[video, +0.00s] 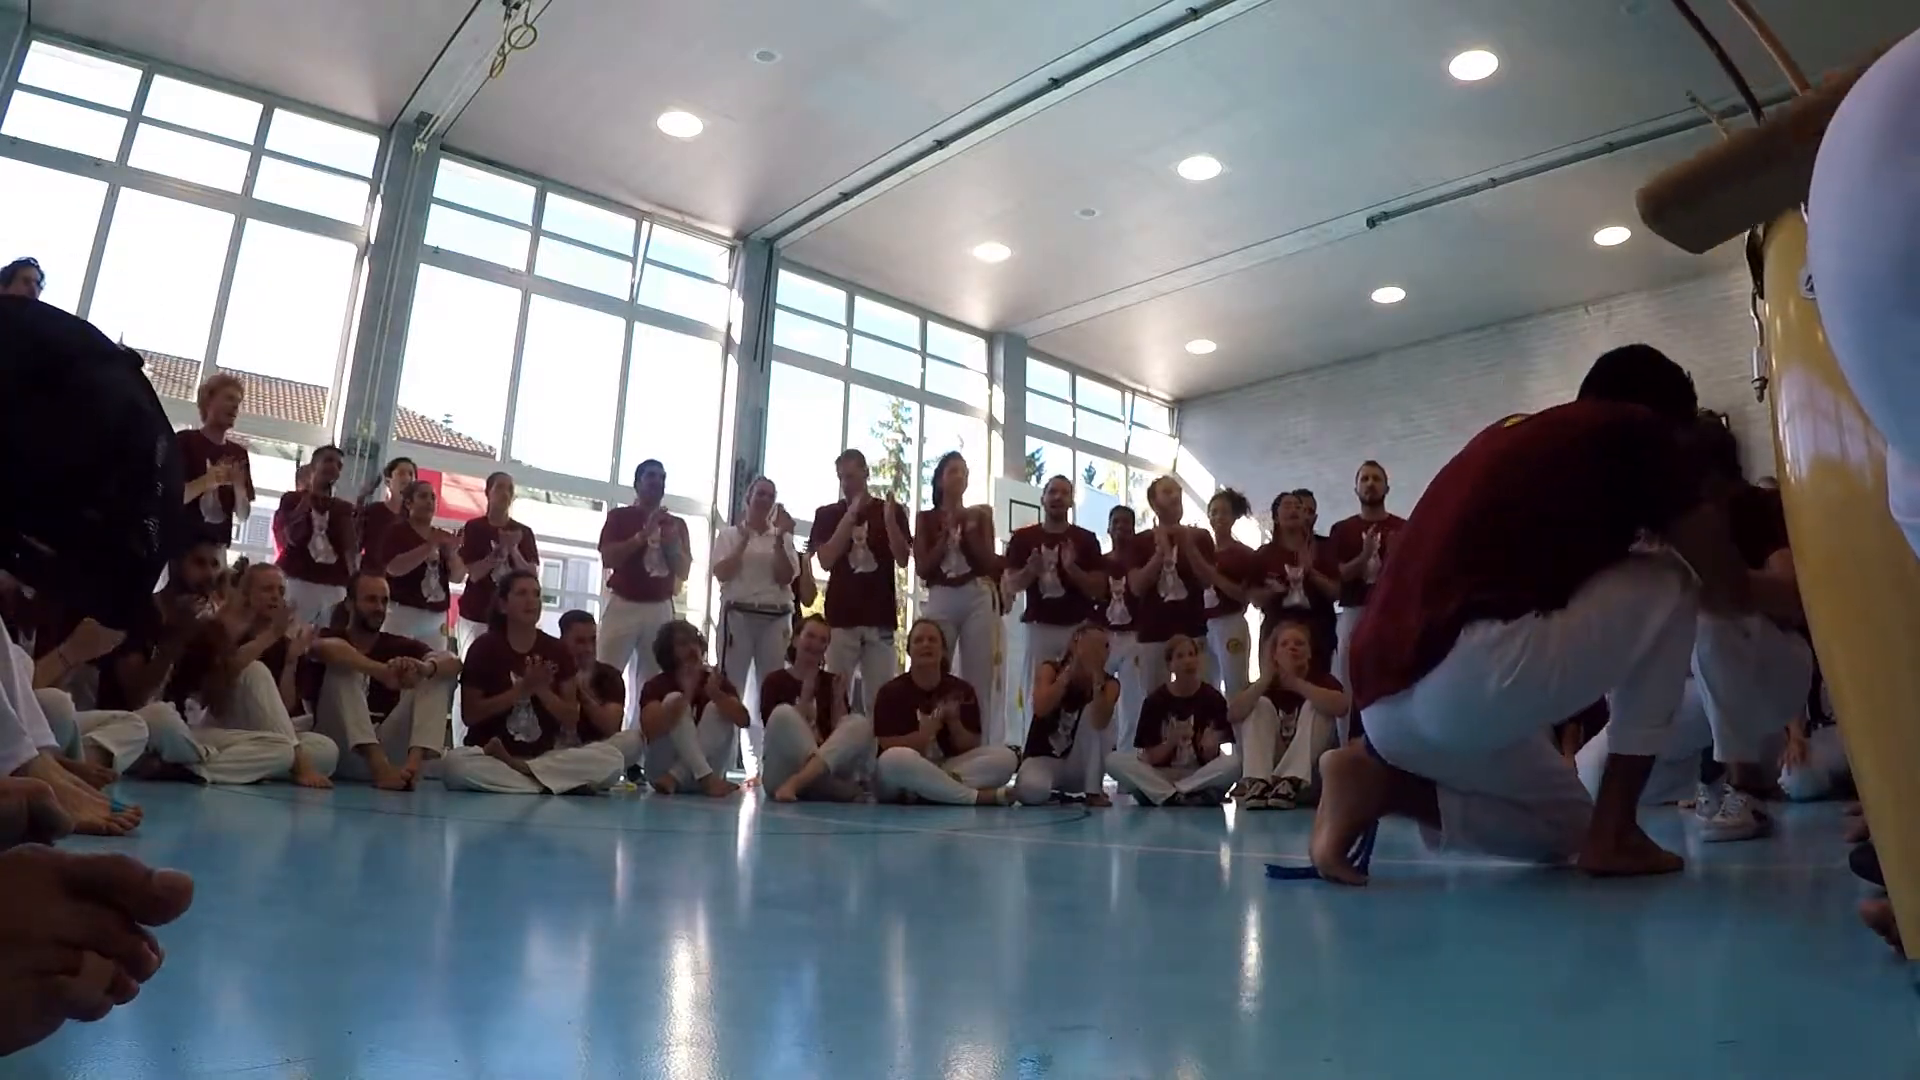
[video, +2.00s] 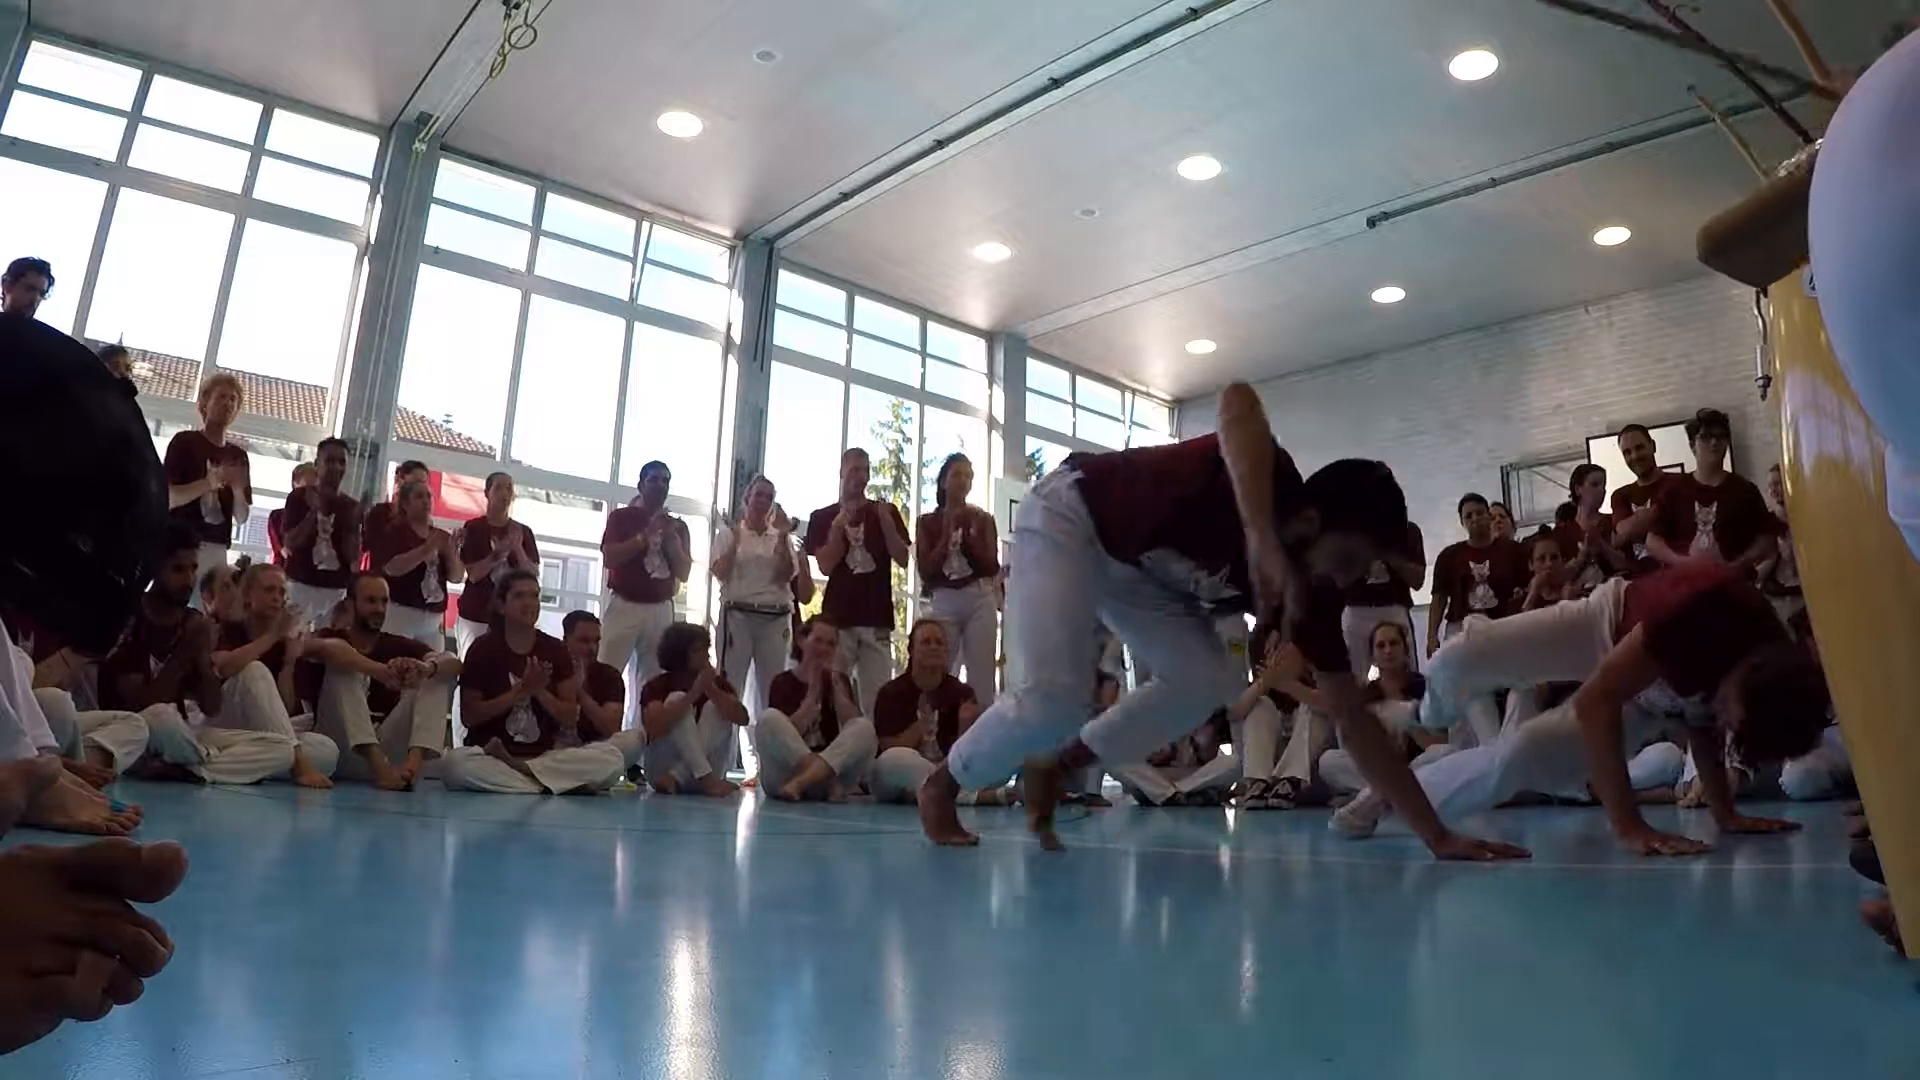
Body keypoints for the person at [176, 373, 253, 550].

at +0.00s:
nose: (236, 407)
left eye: (238, 402)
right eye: (229, 399)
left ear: (240, 407)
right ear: (207, 402)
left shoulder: (238, 454)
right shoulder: (183, 442)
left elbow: (243, 514)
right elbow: (169, 500)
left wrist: (238, 484)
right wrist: (207, 481)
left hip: (217, 548)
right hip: (179, 544)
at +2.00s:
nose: (227, 403)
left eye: (232, 399)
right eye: (221, 396)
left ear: (237, 409)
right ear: (202, 403)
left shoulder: (237, 455)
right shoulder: (183, 442)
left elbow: (241, 517)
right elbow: (167, 499)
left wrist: (236, 486)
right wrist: (208, 483)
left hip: (216, 549)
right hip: (180, 545)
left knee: (208, 620)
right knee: (170, 616)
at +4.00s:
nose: (232, 405)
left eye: (236, 400)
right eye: (225, 398)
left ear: (239, 409)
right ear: (206, 402)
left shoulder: (238, 454)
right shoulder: (184, 441)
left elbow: (243, 515)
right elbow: (169, 497)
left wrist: (245, 478)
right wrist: (207, 470)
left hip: (216, 547)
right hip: (179, 543)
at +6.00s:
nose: (238, 407)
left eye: (242, 402)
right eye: (231, 399)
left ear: (245, 409)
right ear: (210, 403)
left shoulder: (241, 456)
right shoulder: (188, 441)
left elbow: (242, 517)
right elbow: (172, 499)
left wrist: (230, 494)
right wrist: (211, 485)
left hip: (217, 548)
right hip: (179, 544)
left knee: (205, 618)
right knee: (171, 612)